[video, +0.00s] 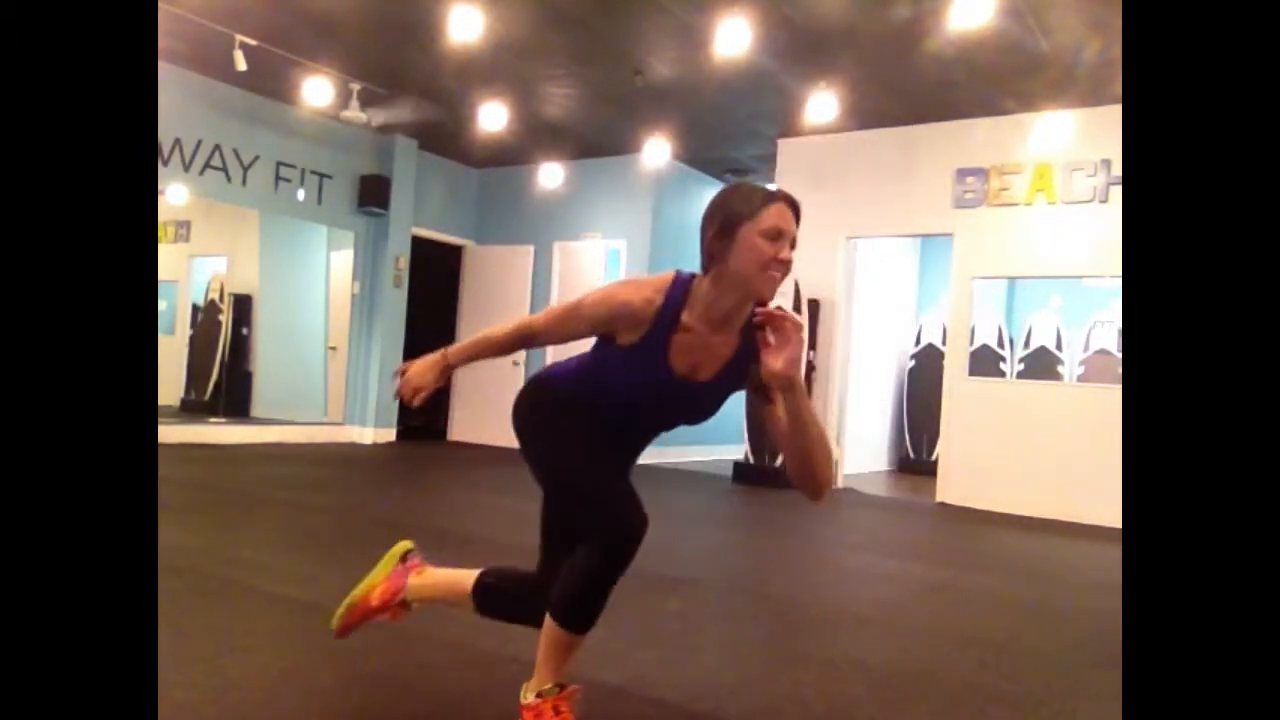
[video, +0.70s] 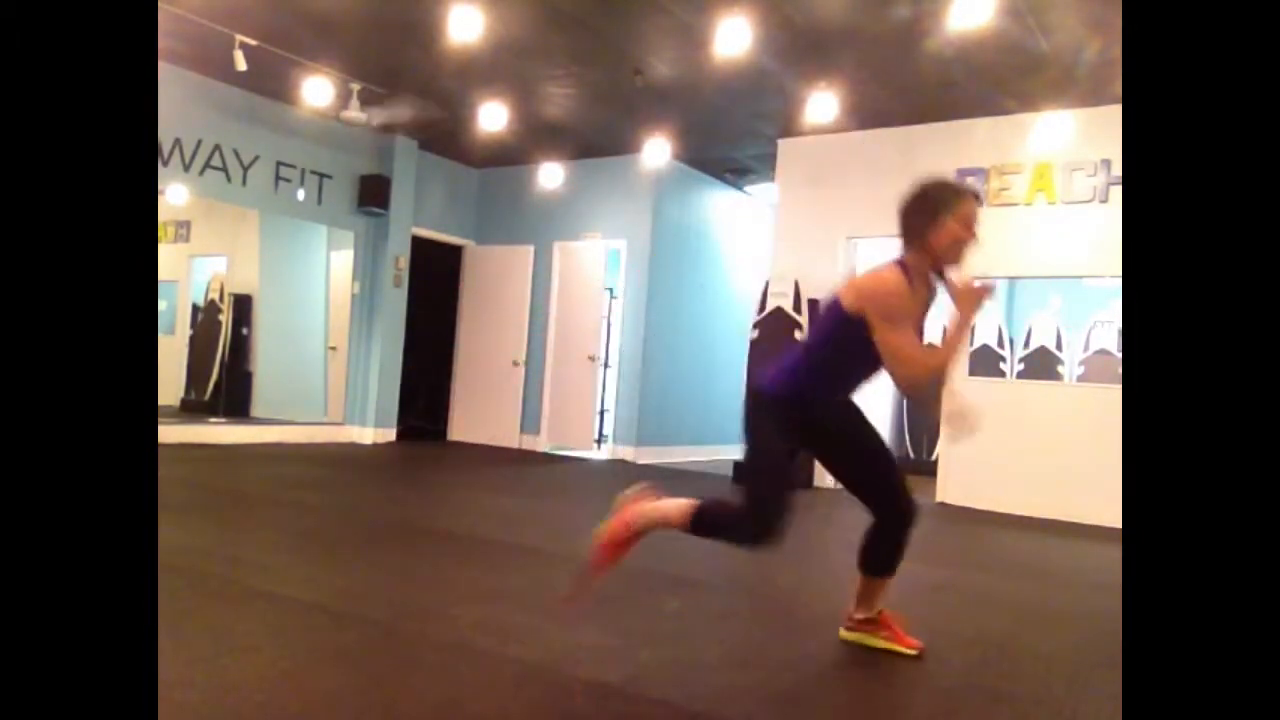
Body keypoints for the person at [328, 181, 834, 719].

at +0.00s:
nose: (786, 256)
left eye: (792, 244)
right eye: (773, 237)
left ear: (789, 256)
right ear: (723, 239)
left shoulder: (765, 342)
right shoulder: (644, 302)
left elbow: (817, 484)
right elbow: (531, 331)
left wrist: (789, 386)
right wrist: (441, 361)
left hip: (612, 447)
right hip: (557, 411)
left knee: (549, 601)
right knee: (619, 525)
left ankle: (411, 580)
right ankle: (543, 689)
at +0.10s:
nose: (790, 234)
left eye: (797, 222)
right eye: (777, 216)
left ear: (795, 237)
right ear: (730, 221)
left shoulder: (774, 319)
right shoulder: (655, 291)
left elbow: (824, 458)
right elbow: (540, 357)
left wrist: (800, 366)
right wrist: (443, 410)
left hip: (629, 436)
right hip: (570, 406)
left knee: (583, 592)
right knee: (628, 525)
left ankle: (430, 591)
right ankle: (547, 690)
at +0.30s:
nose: (832, 187)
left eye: (836, 175)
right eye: (822, 170)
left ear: (825, 186)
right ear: (776, 171)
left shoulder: (792, 270)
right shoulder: (710, 237)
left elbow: (844, 371)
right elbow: (660, 355)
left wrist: (830, 314)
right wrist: (776, 345)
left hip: (678, 404)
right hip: (618, 390)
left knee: (759, 522)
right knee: (656, 531)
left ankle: (636, 566)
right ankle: (557, 689)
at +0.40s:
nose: (880, 162)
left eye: (885, 150)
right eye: (871, 146)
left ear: (860, 158)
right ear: (833, 146)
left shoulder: (838, 227)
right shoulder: (768, 200)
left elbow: (903, 298)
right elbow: (743, 299)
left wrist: (936, 280)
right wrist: (853, 255)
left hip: (716, 373)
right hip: (657, 363)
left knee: (811, 473)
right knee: (646, 506)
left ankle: (750, 558)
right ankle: (561, 681)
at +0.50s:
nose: (921, 157)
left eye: (924, 147)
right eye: (912, 144)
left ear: (901, 153)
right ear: (869, 142)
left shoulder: (887, 217)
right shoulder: (815, 194)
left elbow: (942, 264)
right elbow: (821, 285)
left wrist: (1012, 287)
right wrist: (907, 232)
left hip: (766, 353)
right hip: (705, 343)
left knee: (835, 458)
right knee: (655, 470)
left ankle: (851, 573)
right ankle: (567, 640)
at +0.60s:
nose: (946, 191)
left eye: (950, 181)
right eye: (938, 179)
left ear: (934, 186)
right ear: (900, 178)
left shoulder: (914, 238)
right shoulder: (853, 231)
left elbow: (942, 291)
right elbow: (874, 321)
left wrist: (997, 327)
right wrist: (935, 266)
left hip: (799, 377)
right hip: (747, 368)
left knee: (857, 477)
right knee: (716, 478)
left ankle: (876, 598)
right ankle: (579, 563)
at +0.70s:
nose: (970, 237)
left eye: (972, 227)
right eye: (963, 225)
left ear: (941, 232)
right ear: (928, 225)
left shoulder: (919, 288)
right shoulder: (888, 287)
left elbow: (905, 370)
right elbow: (917, 379)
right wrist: (963, 319)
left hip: (825, 405)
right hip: (781, 401)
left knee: (896, 510)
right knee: (758, 523)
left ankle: (864, 615)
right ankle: (646, 511)